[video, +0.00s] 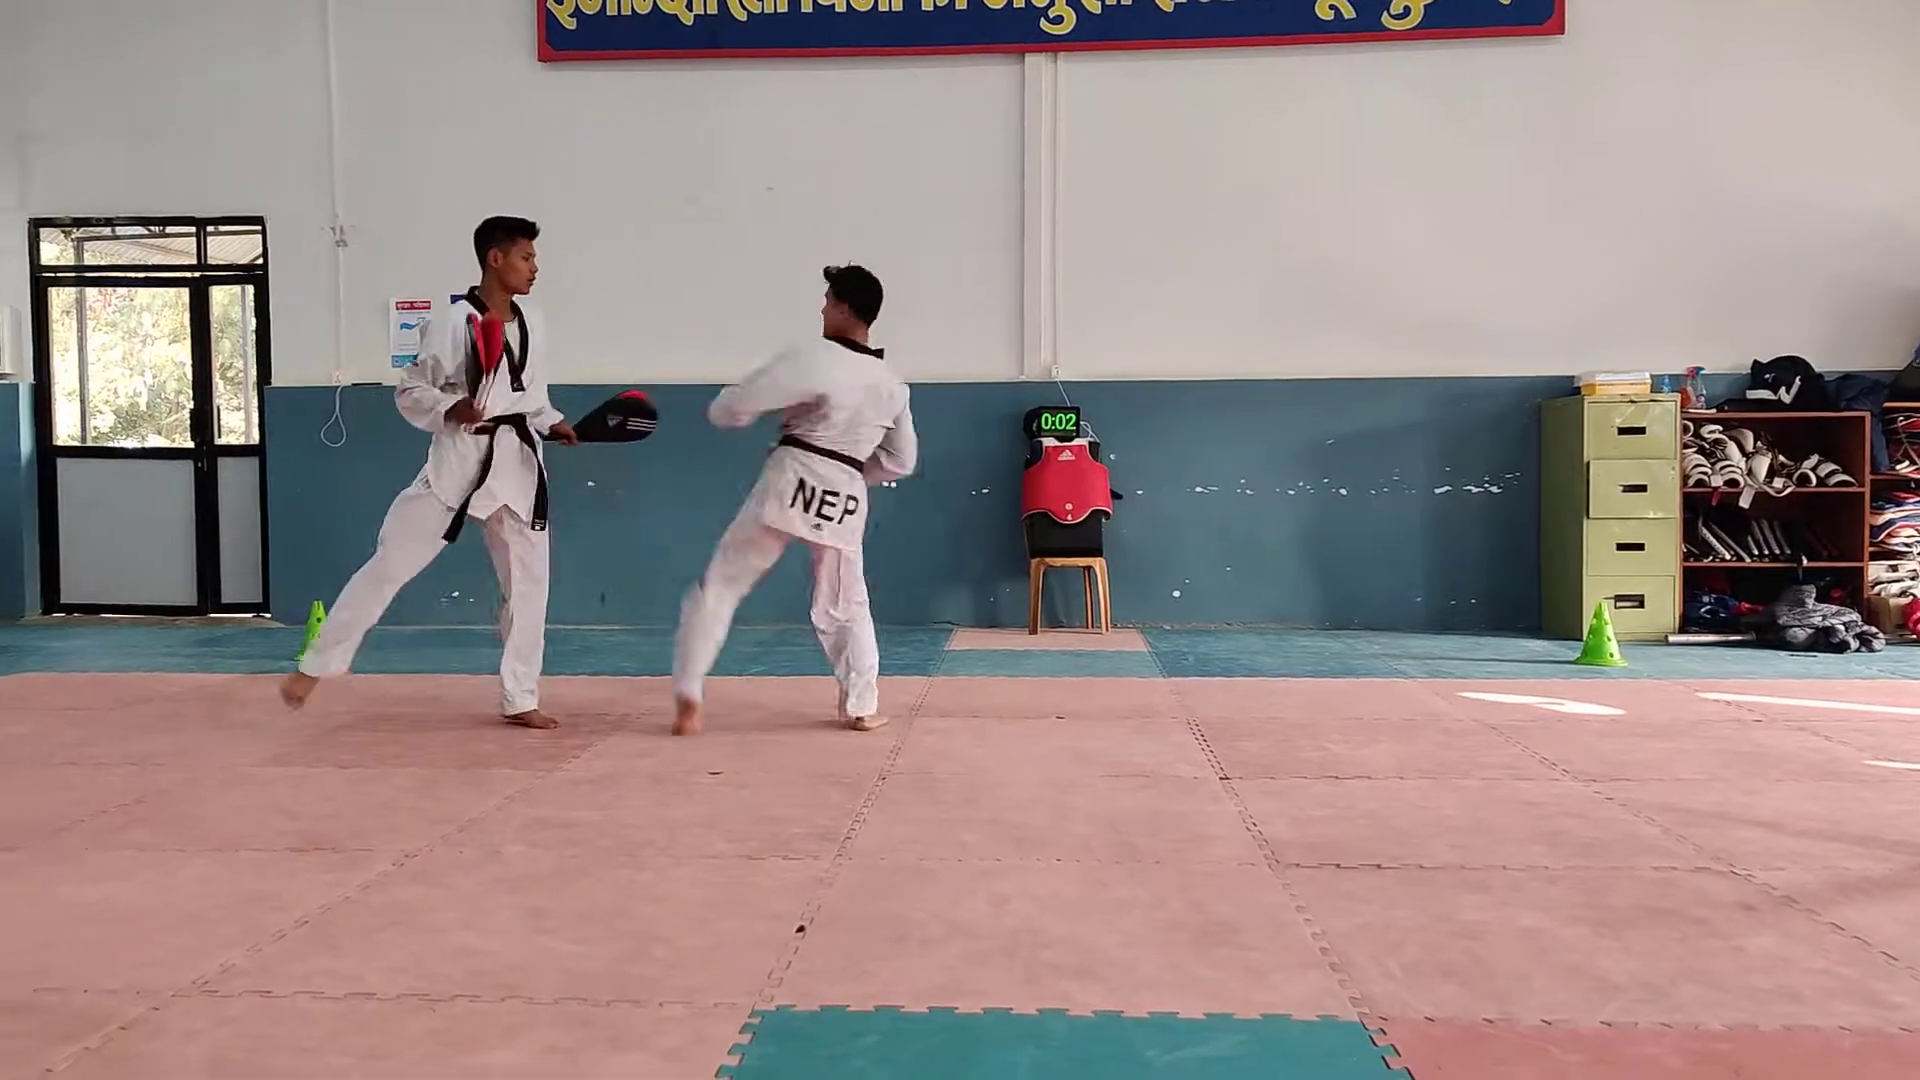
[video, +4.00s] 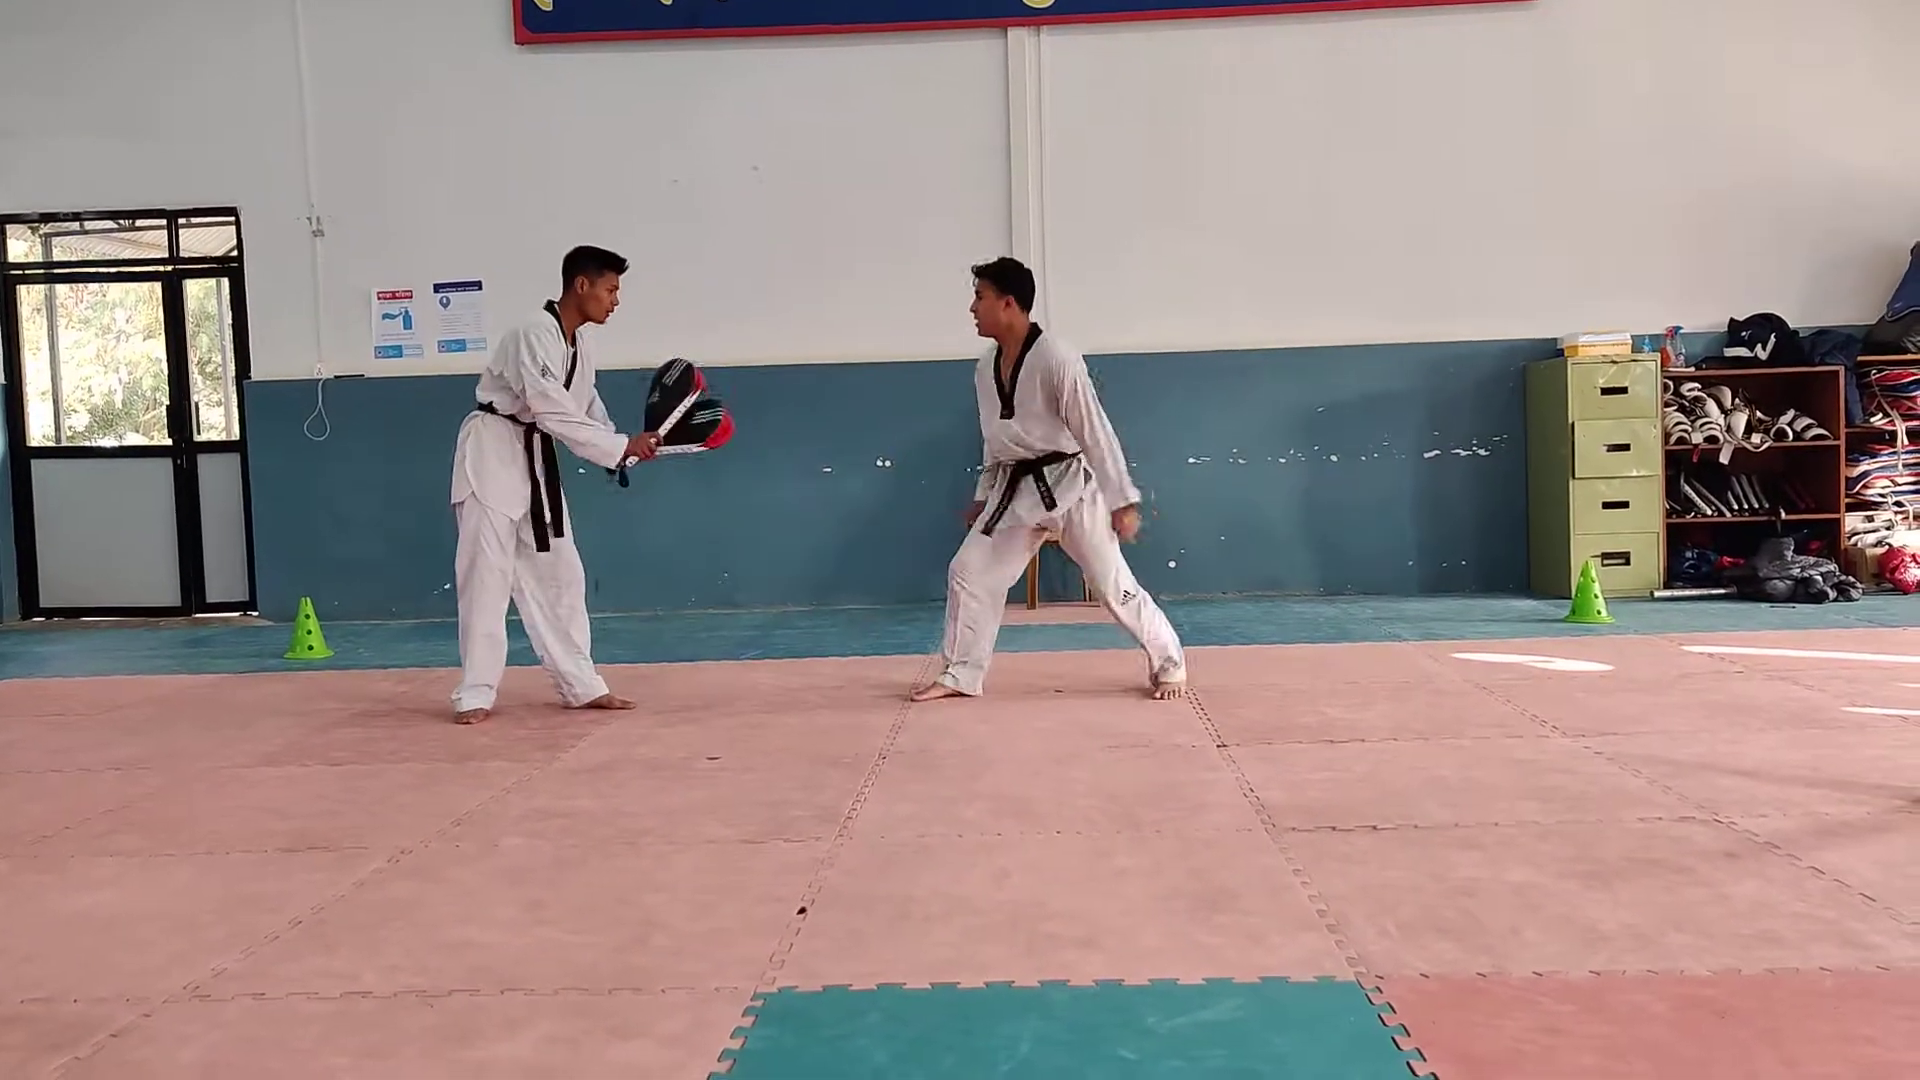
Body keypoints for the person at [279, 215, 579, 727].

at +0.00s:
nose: (535, 267)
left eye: (534, 258)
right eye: (526, 258)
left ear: (510, 262)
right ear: (496, 259)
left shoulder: (529, 323)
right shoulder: (452, 319)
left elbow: (529, 392)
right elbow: (411, 393)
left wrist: (553, 421)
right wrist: (449, 409)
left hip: (516, 462)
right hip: (456, 461)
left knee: (529, 579)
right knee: (392, 564)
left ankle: (520, 700)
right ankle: (316, 664)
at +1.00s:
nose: (506, 313)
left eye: (506, 304)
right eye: (498, 304)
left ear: (479, 307)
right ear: (468, 305)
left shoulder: (496, 363)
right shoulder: (424, 368)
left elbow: (498, 439)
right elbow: (414, 442)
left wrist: (511, 483)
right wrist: (476, 486)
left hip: (485, 492)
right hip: (426, 495)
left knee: (537, 585)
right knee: (398, 601)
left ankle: (583, 691)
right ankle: (370, 707)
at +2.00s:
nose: (753, 302)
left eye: (753, 293)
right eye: (746, 293)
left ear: (726, 299)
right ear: (718, 297)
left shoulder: (732, 364)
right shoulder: (680, 353)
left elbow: (762, 421)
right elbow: (636, 420)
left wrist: (821, 438)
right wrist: (667, 469)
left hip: (700, 483)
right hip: (679, 481)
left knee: (660, 591)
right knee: (729, 587)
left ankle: (612, 696)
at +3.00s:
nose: (696, 280)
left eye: (695, 271)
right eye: (686, 271)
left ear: (678, 278)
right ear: (655, 278)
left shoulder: (697, 326)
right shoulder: (633, 333)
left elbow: (745, 359)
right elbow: (707, 374)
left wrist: (800, 335)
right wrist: (777, 335)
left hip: (681, 459)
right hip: (629, 458)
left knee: (706, 576)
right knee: (608, 580)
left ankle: (711, 696)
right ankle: (585, 705)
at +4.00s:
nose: (616, 301)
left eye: (617, 291)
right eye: (610, 289)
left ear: (587, 289)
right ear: (581, 286)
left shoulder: (582, 344)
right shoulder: (534, 333)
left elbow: (587, 408)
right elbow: (549, 410)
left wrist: (618, 448)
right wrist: (618, 445)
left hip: (537, 453)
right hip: (493, 447)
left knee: (558, 567)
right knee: (487, 568)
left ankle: (580, 685)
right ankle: (475, 693)